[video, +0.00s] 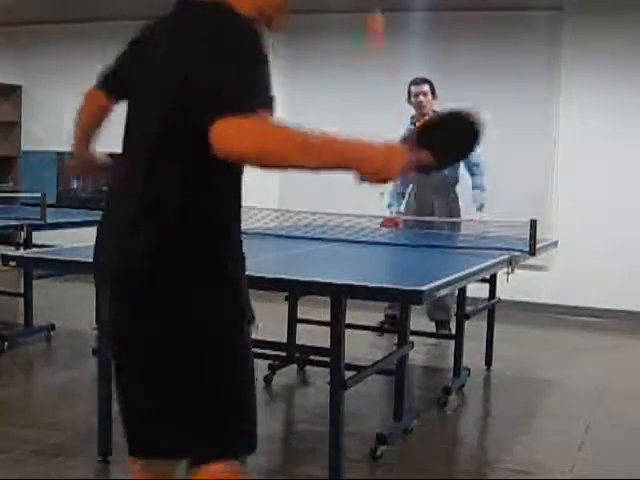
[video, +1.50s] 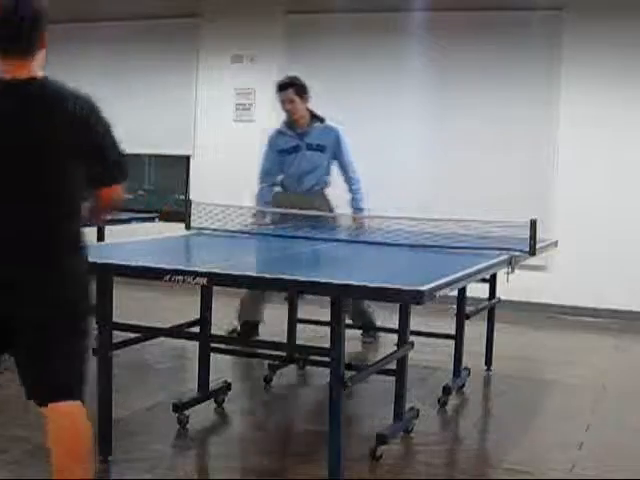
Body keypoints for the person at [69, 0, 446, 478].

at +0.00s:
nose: (290, 8)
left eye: (290, 2)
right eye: (287, 0)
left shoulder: (163, 29)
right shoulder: (231, 34)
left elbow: (96, 100)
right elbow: (235, 135)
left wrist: (80, 154)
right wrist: (360, 154)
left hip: (127, 267)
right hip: (194, 273)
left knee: (149, 446)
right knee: (221, 449)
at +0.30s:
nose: (252, 6)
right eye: (251, 2)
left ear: (187, 1)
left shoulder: (123, 55)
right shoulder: (242, 52)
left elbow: (53, 132)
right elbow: (252, 154)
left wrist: (12, 209)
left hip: (101, 304)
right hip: (183, 314)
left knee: (122, 446)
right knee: (217, 462)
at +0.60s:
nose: (177, 12)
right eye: (178, 7)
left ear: (109, 7)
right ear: (169, 7)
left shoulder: (46, 74)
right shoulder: (182, 75)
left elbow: (5, 163)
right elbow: (201, 177)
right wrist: (209, 266)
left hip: (51, 293)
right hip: (139, 299)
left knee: (35, 433)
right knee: (161, 458)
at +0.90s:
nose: (114, 7)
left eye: (110, 6)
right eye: (114, 5)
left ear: (55, 1)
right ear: (108, 3)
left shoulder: (10, 42)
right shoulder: (129, 51)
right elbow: (154, 136)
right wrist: (165, 216)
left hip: (13, 247)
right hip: (96, 249)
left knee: (11, 399)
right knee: (108, 406)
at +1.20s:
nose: (101, 12)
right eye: (102, 8)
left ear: (40, 8)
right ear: (97, 8)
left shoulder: (8, 64)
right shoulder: (125, 74)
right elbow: (153, 162)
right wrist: (145, 221)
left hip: (10, 262)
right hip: (85, 266)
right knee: (84, 415)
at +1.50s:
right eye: (44, 38)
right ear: (42, 41)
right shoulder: (71, 108)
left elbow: (109, 191)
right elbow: (112, 191)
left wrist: (90, 205)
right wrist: (85, 207)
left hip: (5, 278)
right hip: (50, 278)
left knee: (62, 399)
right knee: (62, 397)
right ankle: (76, 474)